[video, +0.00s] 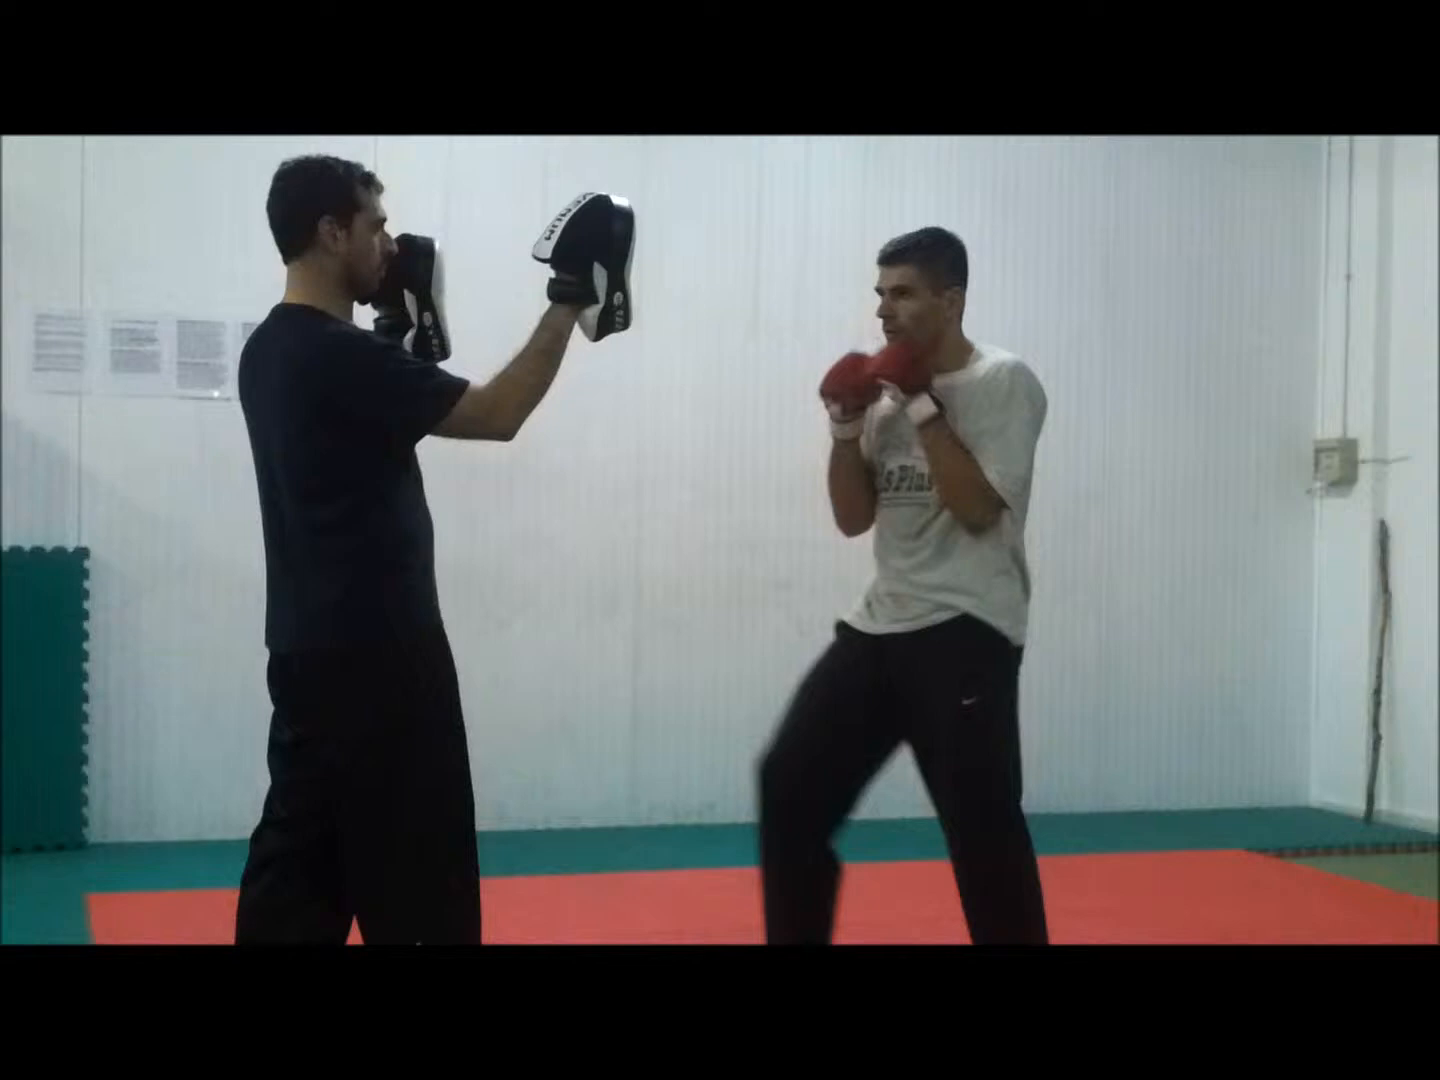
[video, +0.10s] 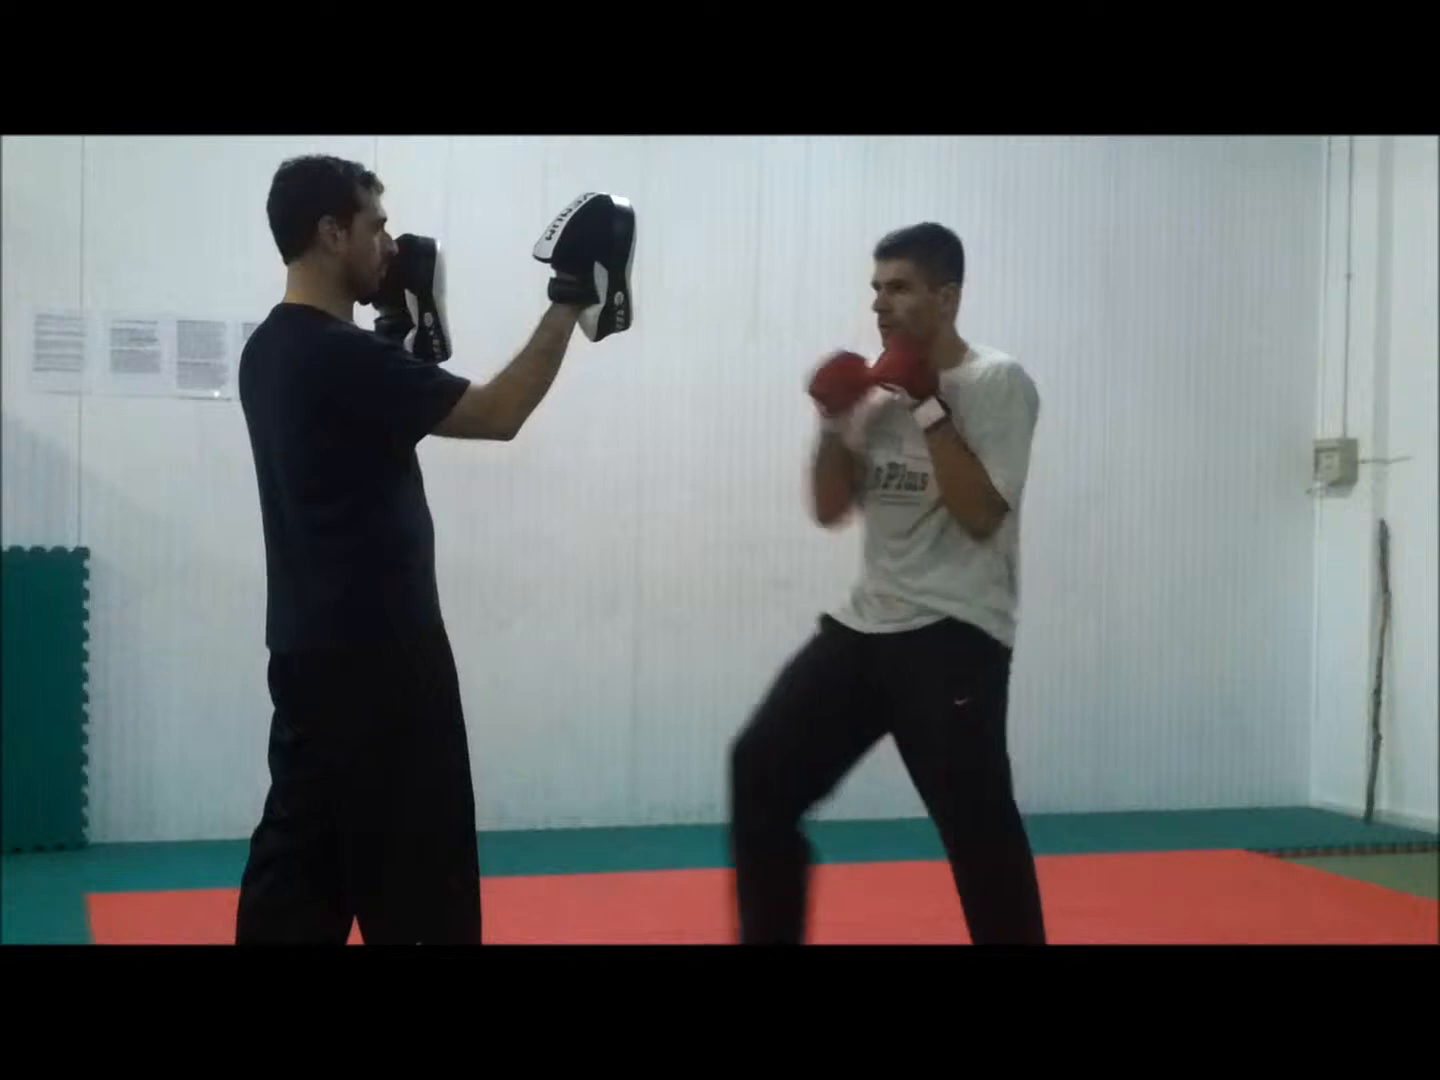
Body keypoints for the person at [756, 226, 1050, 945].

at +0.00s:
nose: (883, 309)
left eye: (900, 294)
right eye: (880, 294)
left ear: (952, 299)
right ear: (881, 299)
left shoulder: (1005, 383)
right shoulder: (879, 395)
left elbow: (979, 510)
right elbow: (853, 518)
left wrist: (923, 407)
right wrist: (846, 426)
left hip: (966, 634)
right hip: (879, 629)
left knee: (984, 829)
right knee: (790, 785)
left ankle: (1014, 946)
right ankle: (796, 943)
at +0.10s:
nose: (880, 305)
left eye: (897, 289)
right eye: (876, 290)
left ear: (948, 294)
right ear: (876, 297)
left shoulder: (998, 384)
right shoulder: (875, 394)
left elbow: (983, 514)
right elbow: (830, 508)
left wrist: (928, 408)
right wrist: (837, 420)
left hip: (954, 637)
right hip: (864, 628)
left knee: (979, 828)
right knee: (761, 770)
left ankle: (1014, 944)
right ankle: (770, 940)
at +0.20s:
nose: (869, 294)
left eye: (886, 278)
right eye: (863, 279)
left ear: (936, 283)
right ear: (861, 286)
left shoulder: (987, 379)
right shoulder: (848, 375)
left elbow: (981, 512)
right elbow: (774, 470)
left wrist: (929, 403)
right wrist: (799, 391)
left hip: (941, 641)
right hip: (837, 632)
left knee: (978, 831)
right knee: (740, 771)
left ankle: (1014, 944)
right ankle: (708, 936)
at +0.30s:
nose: (845, 295)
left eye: (861, 279)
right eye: (838, 281)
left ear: (907, 282)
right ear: (835, 287)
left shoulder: (966, 381)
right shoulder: (812, 361)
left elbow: (982, 509)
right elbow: (694, 381)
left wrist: (924, 407)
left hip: (926, 640)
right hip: (817, 635)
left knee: (968, 833)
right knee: (716, 821)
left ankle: (1012, 946)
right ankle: (661, 941)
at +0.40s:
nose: (770, 299)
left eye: (783, 280)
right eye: (764, 284)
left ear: (831, 283)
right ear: (766, 292)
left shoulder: (906, 380)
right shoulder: (766, 369)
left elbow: (934, 508)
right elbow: (669, 417)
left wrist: (876, 428)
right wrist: (654, 339)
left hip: (883, 644)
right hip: (782, 643)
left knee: (944, 830)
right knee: (708, 826)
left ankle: (997, 941)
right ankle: (663, 941)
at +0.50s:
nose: (719, 307)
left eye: (733, 289)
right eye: (712, 293)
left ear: (778, 294)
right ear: (709, 308)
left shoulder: (829, 367)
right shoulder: (735, 397)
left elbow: (863, 480)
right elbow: (714, 511)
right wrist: (671, 450)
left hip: (843, 635)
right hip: (761, 642)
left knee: (901, 814)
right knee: (695, 830)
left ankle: (990, 940)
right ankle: (667, 944)